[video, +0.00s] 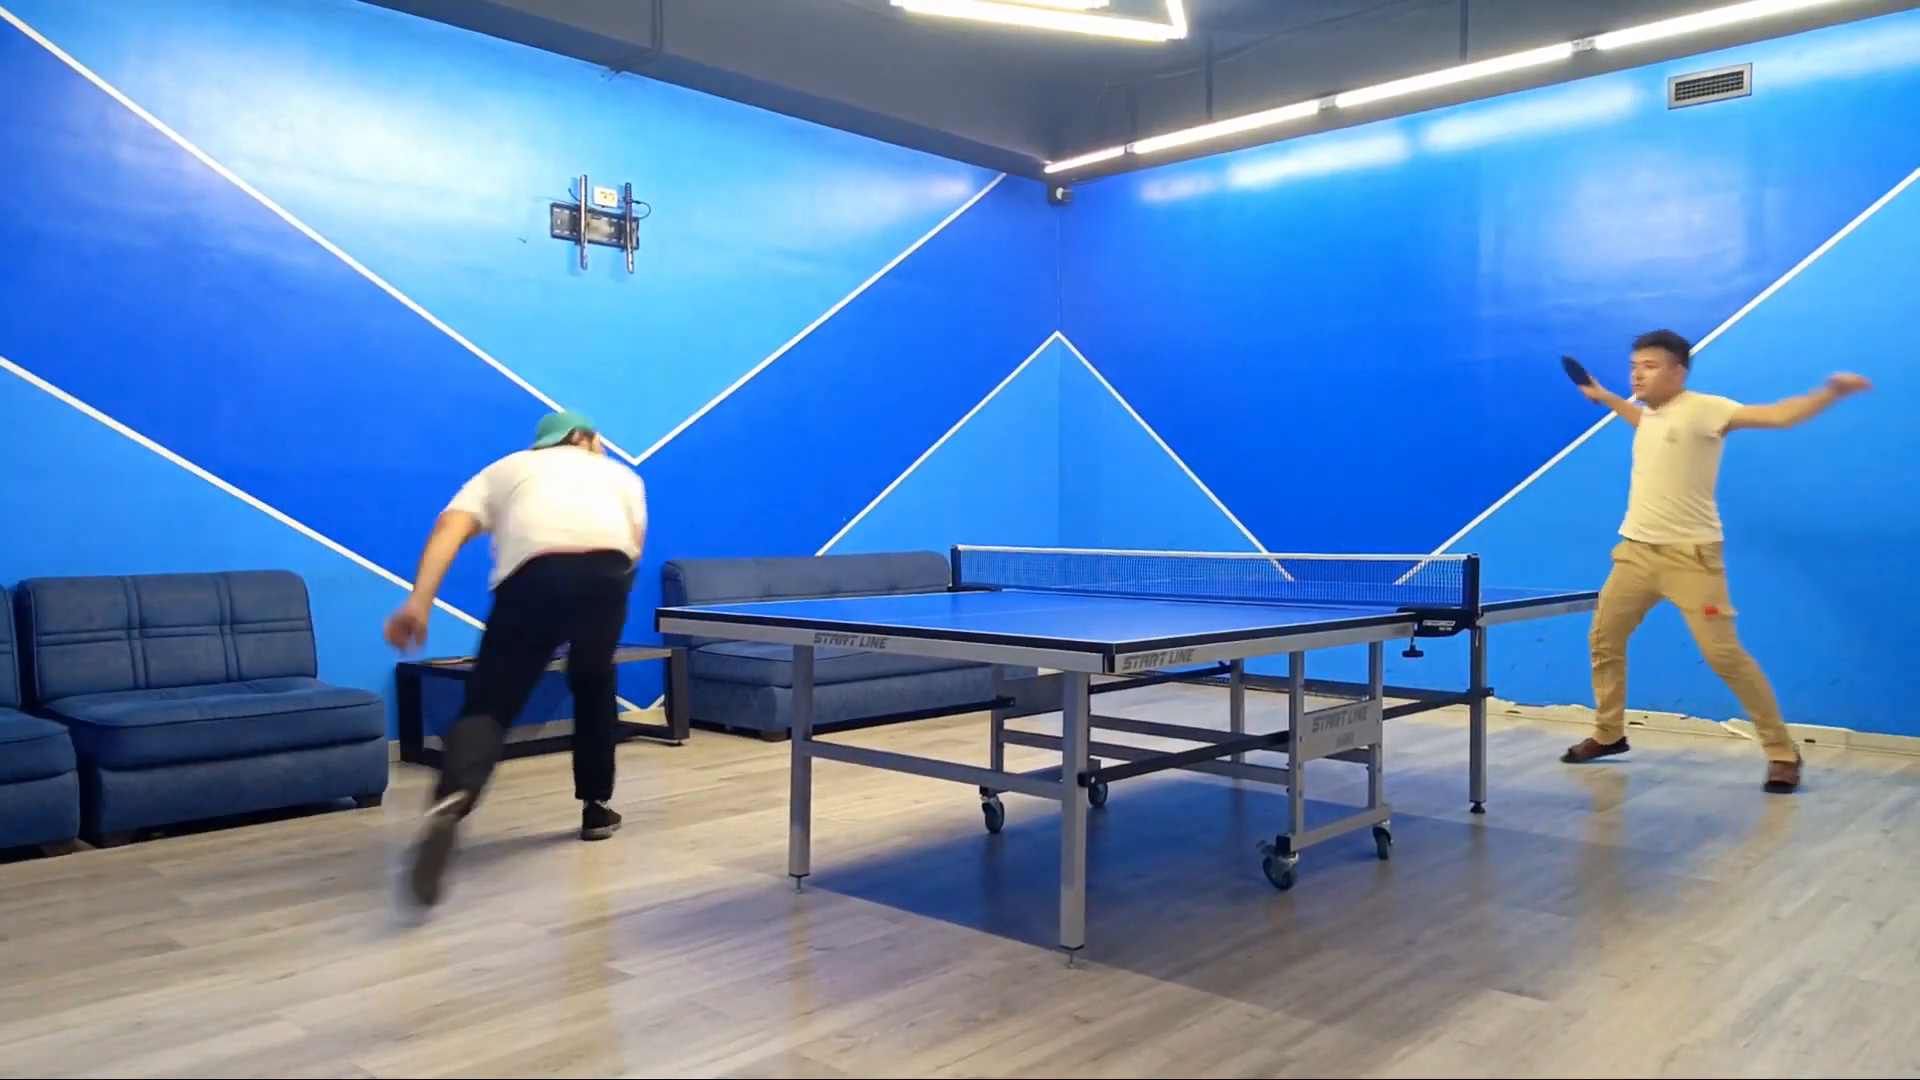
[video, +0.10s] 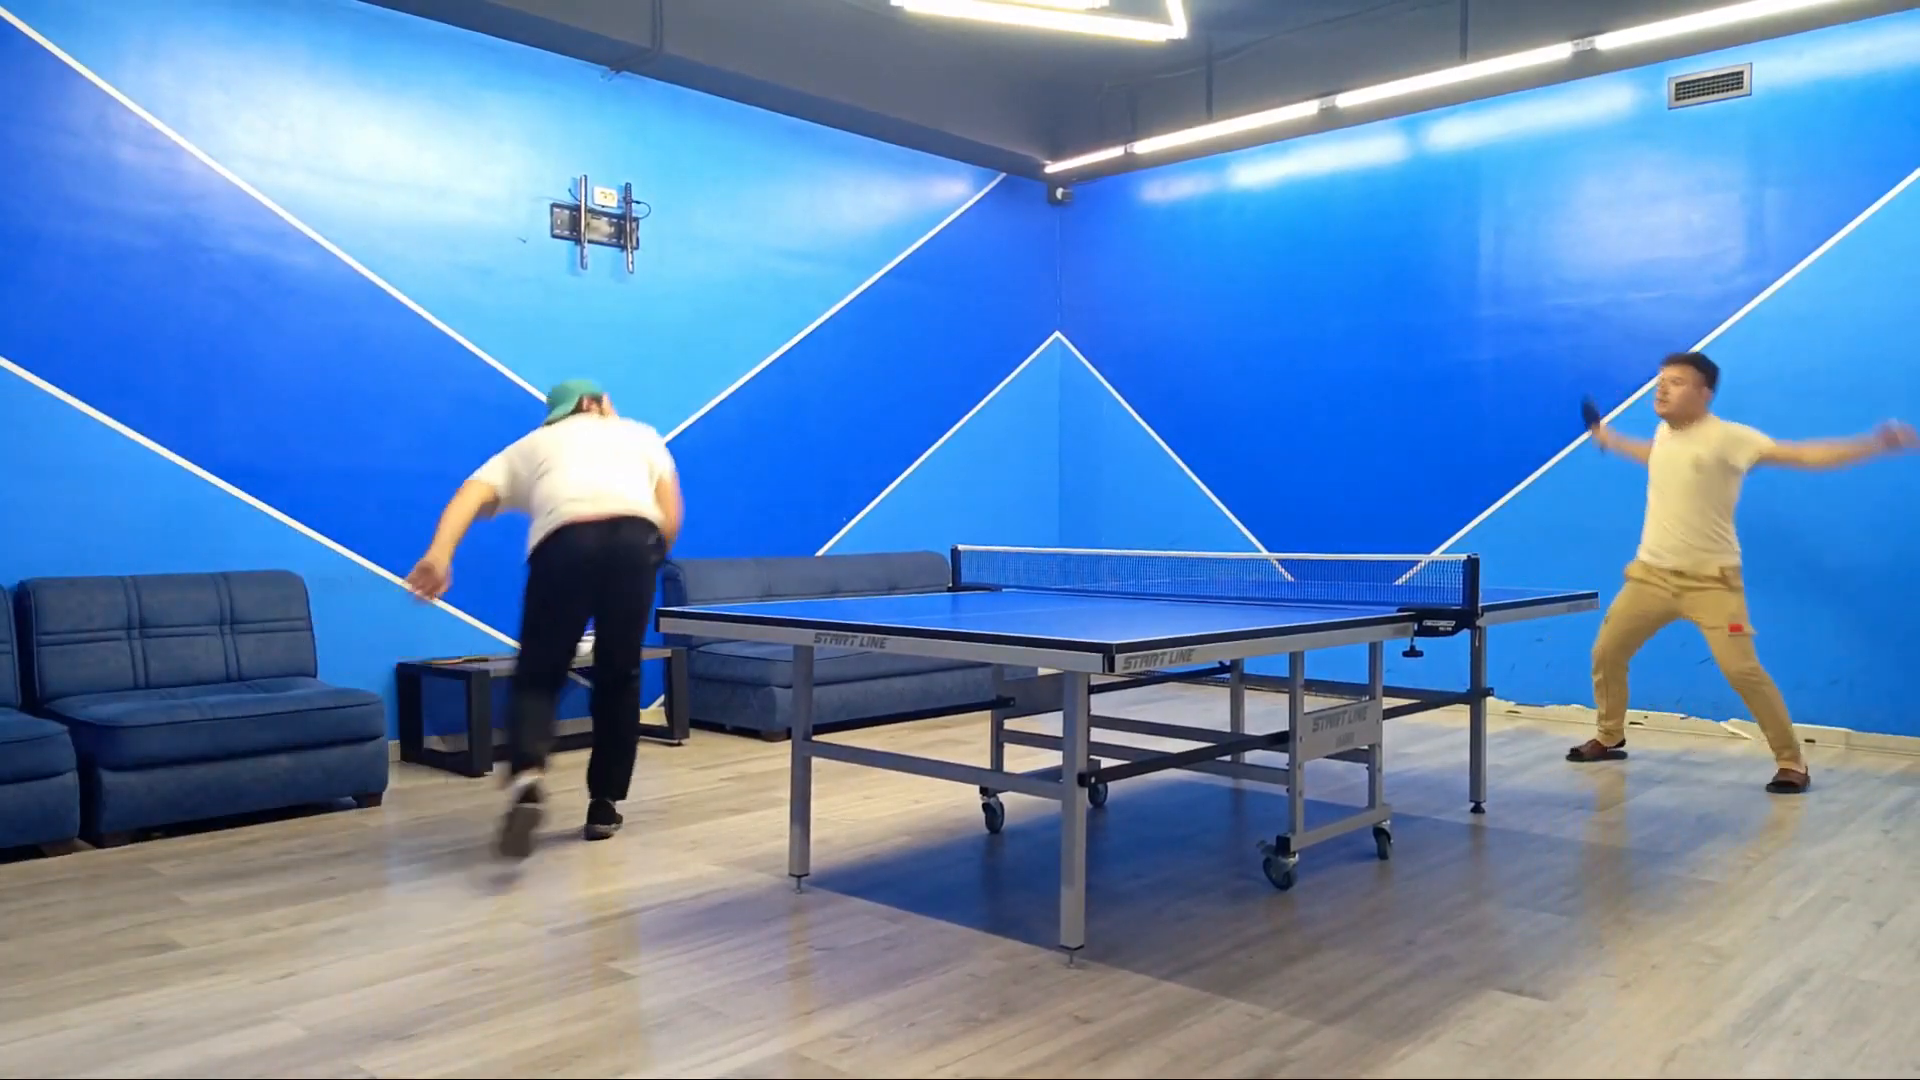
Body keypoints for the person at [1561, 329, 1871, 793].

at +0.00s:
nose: (1638, 375)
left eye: (1649, 367)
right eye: (1634, 368)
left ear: (1678, 371)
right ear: (1637, 374)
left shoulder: (1706, 410)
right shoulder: (1647, 414)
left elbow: (1778, 415)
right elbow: (1636, 413)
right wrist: (1601, 395)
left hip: (1692, 556)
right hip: (1636, 551)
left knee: (1723, 655)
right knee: (1604, 638)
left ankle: (1782, 754)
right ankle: (1608, 734)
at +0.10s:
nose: (1661, 390)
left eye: (1674, 384)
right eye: (1660, 382)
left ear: (1703, 393)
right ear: (1657, 388)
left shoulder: (1730, 438)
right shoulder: (1663, 435)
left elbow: (1806, 455)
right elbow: (1653, 456)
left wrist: (1873, 445)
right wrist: (1606, 439)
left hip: (1712, 583)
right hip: (1651, 577)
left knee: (1742, 671)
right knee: (1606, 653)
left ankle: (1791, 764)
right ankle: (1609, 739)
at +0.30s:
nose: (1689, 407)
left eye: (1702, 401)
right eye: (1686, 400)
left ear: (1728, 415)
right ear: (1681, 409)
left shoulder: (1750, 468)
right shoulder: (1667, 460)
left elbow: (1795, 527)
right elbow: (1633, 503)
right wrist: (1570, 526)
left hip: (1721, 596)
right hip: (1660, 591)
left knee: (1744, 676)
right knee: (1603, 659)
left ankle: (1791, 765)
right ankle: (1612, 742)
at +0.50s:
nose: (1674, 387)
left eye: (1687, 382)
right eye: (1672, 380)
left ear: (1711, 394)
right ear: (1666, 387)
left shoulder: (1731, 449)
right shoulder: (1640, 435)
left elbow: (1754, 511)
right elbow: (1591, 466)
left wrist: (1755, 559)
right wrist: (1558, 480)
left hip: (1704, 577)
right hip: (1640, 572)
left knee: (1743, 664)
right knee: (1601, 649)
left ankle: (1784, 759)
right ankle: (1609, 741)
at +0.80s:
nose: (1666, 381)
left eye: (1677, 374)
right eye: (1662, 375)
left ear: (1703, 381)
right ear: (1657, 382)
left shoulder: (1727, 435)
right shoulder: (1639, 427)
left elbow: (1745, 499)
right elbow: (1604, 471)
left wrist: (1740, 548)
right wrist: (1585, 498)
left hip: (1698, 561)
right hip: (1638, 558)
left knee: (1710, 653)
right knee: (1622, 650)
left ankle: (1714, 732)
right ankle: (1610, 738)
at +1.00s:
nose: (1686, 386)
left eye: (1697, 379)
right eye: (1683, 379)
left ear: (1724, 385)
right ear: (1679, 384)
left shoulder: (1747, 440)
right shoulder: (1661, 429)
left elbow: (1753, 504)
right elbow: (1640, 484)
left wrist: (1746, 556)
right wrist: (1621, 536)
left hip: (1713, 563)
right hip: (1655, 557)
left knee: (1707, 652)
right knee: (1637, 646)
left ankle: (1708, 732)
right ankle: (1615, 732)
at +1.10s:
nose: (1695, 383)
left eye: (1706, 375)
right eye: (1692, 376)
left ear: (1732, 382)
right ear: (1688, 382)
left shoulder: (1755, 437)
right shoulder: (1669, 425)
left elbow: (1761, 504)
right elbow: (1649, 482)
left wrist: (1752, 554)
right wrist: (1633, 534)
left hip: (1716, 557)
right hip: (1657, 550)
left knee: (1707, 650)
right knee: (1641, 642)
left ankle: (1708, 732)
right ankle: (1625, 728)